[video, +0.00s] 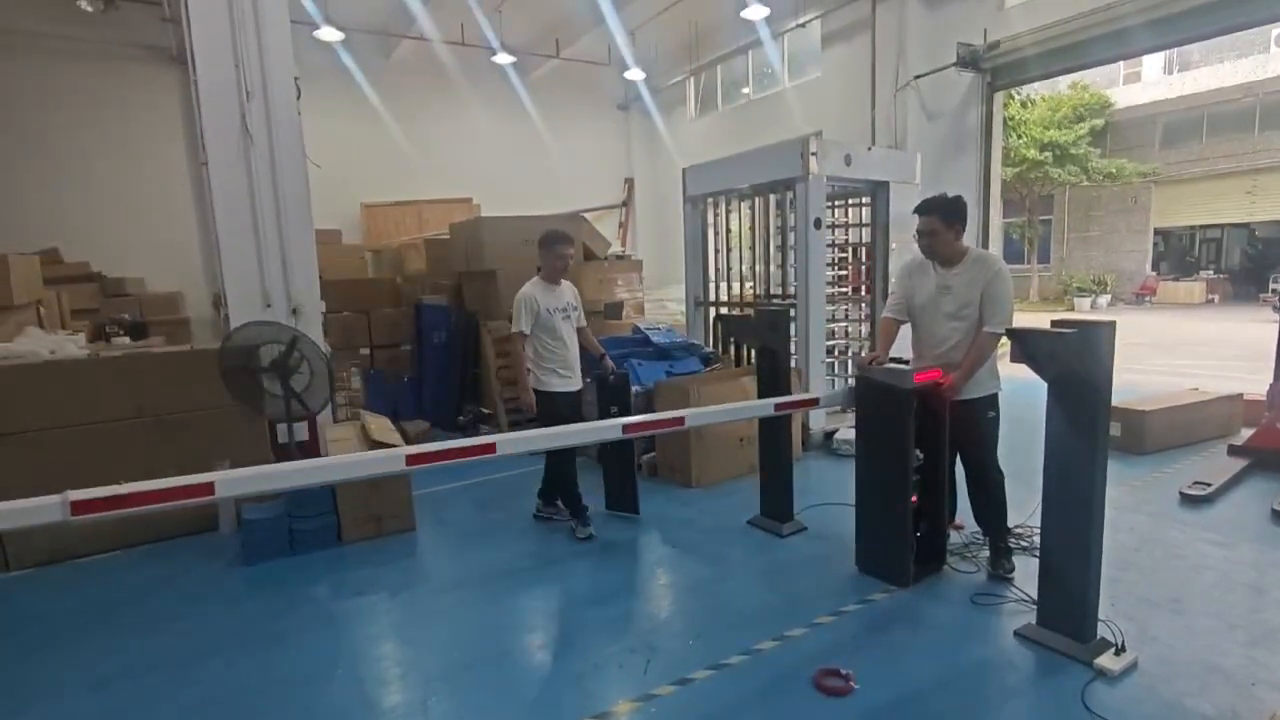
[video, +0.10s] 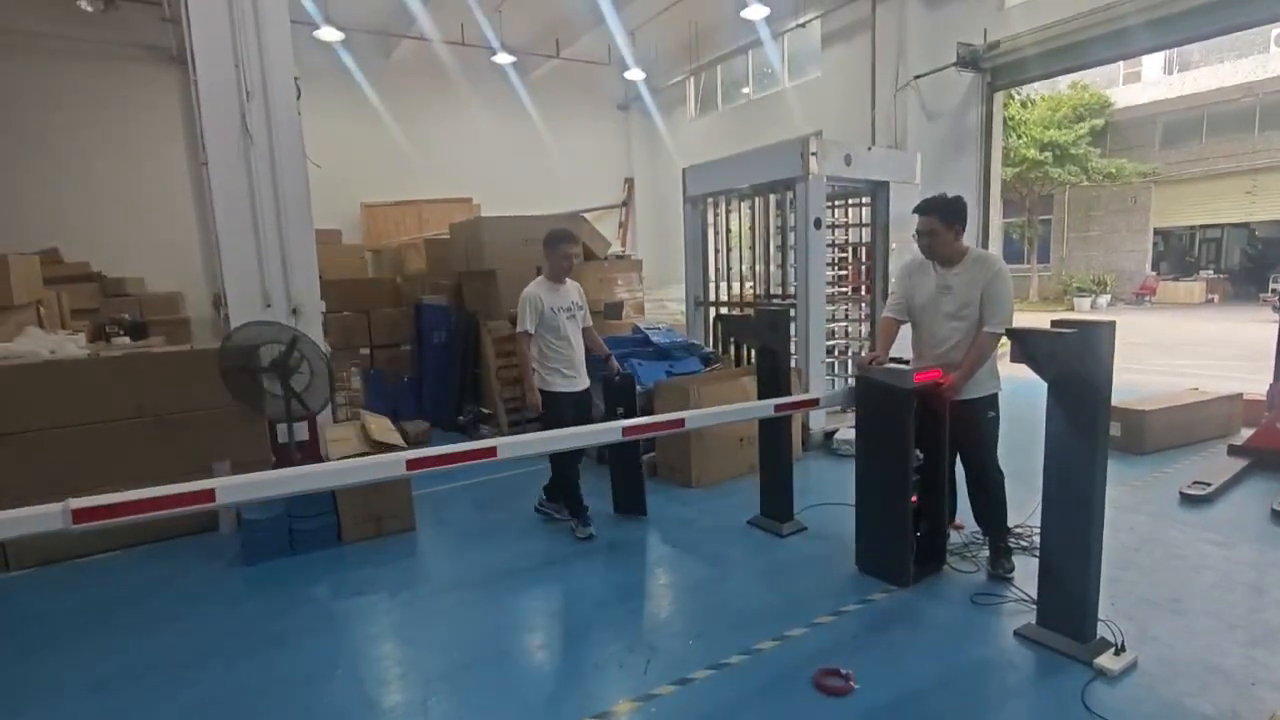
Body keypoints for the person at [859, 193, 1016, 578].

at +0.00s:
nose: (919, 240)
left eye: (926, 234)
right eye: (917, 233)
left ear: (956, 231)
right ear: (921, 231)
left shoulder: (990, 269)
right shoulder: (912, 268)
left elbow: (992, 331)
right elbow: (892, 314)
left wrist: (961, 375)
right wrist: (880, 351)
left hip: (976, 391)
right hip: (928, 392)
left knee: (982, 471)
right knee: (933, 472)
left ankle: (998, 544)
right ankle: (931, 548)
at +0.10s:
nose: (918, 241)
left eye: (926, 234)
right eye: (917, 234)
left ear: (955, 231)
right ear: (922, 231)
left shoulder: (990, 269)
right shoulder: (912, 268)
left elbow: (992, 331)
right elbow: (892, 314)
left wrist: (961, 375)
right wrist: (880, 351)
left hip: (976, 391)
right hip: (928, 391)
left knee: (983, 471)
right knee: (933, 472)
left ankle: (998, 544)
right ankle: (931, 548)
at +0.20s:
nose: (918, 241)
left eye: (925, 234)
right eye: (916, 234)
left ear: (955, 231)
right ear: (922, 231)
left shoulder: (990, 268)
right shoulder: (912, 268)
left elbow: (992, 331)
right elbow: (892, 314)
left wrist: (960, 374)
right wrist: (880, 351)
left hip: (975, 390)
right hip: (927, 391)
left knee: (982, 471)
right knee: (933, 472)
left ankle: (998, 544)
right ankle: (931, 546)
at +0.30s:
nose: (918, 241)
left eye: (925, 234)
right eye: (916, 234)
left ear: (955, 231)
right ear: (921, 231)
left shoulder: (990, 268)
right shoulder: (912, 268)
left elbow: (992, 331)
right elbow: (892, 314)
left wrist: (960, 374)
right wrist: (880, 351)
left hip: (975, 390)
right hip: (927, 391)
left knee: (982, 471)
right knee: (933, 472)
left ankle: (998, 543)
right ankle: (931, 546)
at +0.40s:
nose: (917, 240)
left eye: (924, 234)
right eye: (916, 233)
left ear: (954, 232)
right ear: (922, 231)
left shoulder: (989, 268)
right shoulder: (912, 267)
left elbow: (991, 330)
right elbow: (892, 313)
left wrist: (960, 374)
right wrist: (880, 350)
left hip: (975, 390)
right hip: (927, 390)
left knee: (982, 470)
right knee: (932, 471)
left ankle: (997, 542)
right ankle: (930, 546)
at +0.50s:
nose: (916, 241)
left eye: (924, 234)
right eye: (915, 233)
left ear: (953, 232)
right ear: (929, 232)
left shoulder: (989, 268)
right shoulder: (912, 267)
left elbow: (991, 330)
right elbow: (892, 313)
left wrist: (960, 374)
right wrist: (880, 350)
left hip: (975, 389)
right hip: (927, 390)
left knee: (982, 471)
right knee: (932, 471)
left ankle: (997, 543)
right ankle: (930, 545)